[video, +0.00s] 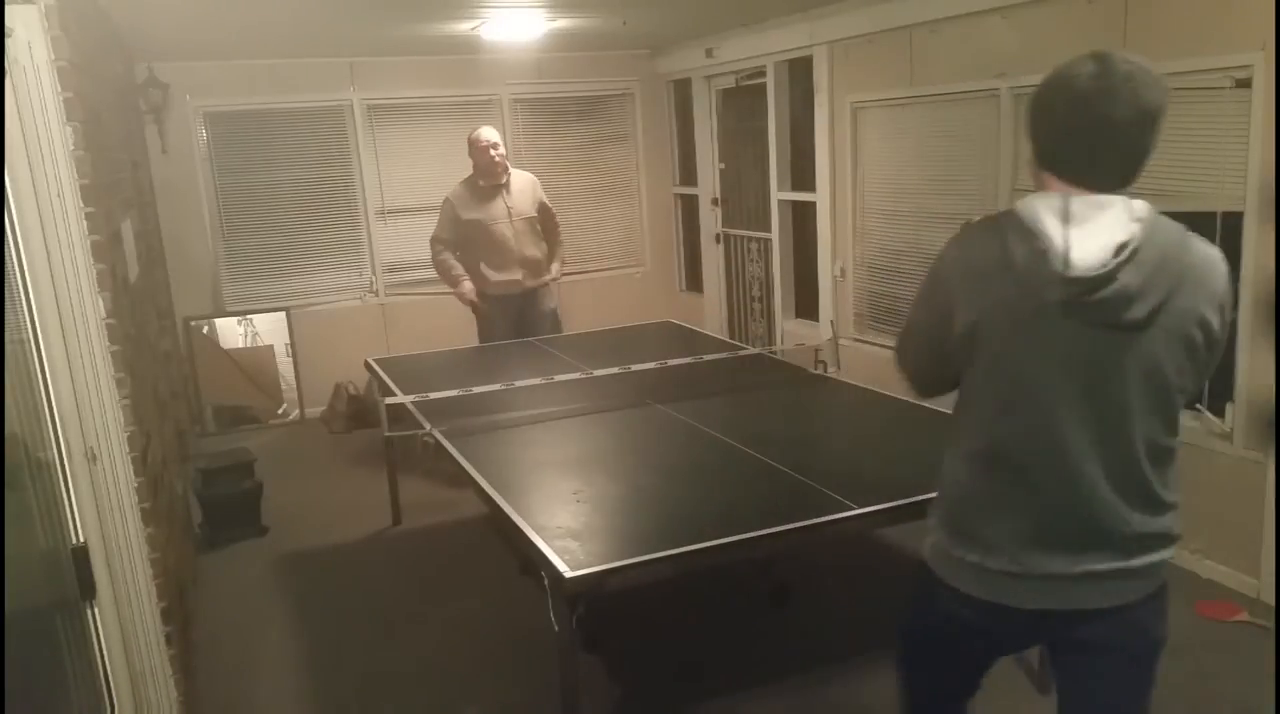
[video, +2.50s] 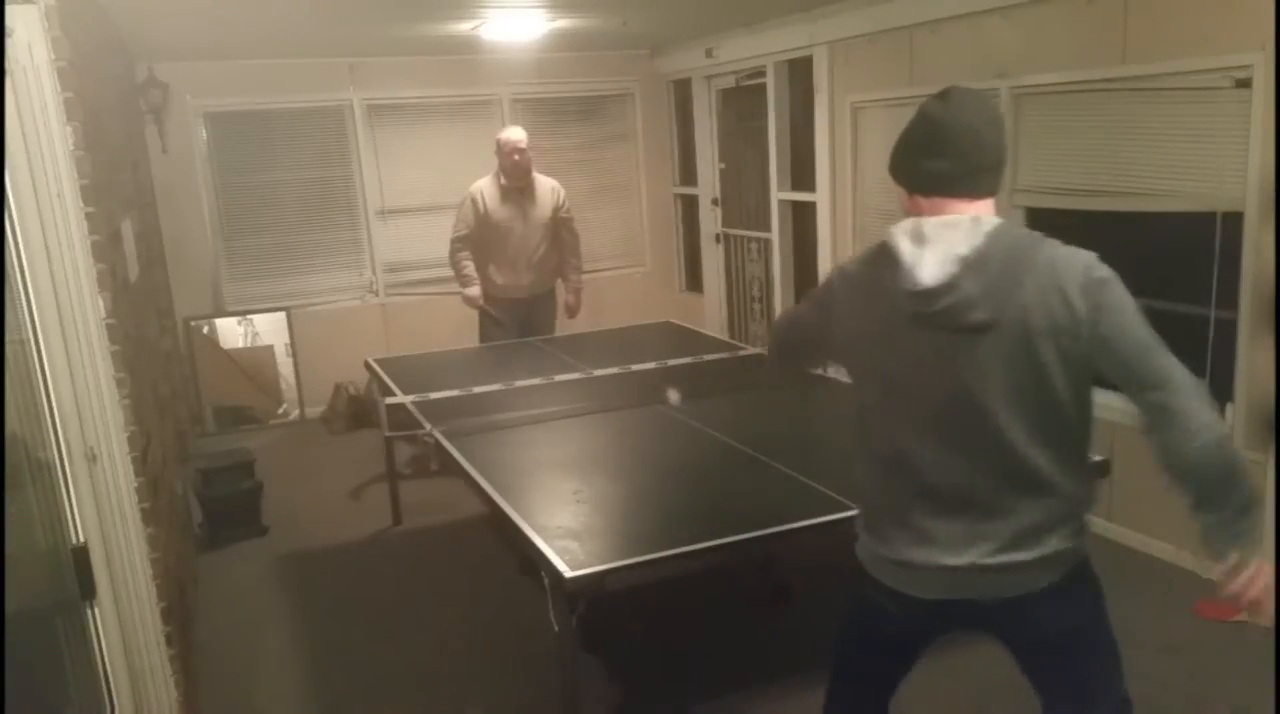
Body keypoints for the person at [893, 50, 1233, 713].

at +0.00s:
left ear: (1037, 143)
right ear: (1142, 155)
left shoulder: (980, 250)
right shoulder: (1203, 269)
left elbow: (922, 370)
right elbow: (1207, 389)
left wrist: (1011, 314)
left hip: (977, 585)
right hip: (1120, 597)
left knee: (931, 697)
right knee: (1109, 706)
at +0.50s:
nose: (903, 184)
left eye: (905, 167)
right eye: (908, 165)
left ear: (913, 176)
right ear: (994, 162)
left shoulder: (932, 286)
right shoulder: (1048, 246)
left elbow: (910, 455)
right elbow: (1001, 370)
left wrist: (867, 581)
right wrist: (876, 385)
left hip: (962, 567)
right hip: (1062, 553)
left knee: (893, 701)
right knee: (1048, 698)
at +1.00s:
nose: (883, 179)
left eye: (883, 166)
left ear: (887, 178)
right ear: (973, 169)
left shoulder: (861, 287)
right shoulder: (1056, 270)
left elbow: (823, 448)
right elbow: (1093, 404)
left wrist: (813, 569)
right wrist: (1077, 468)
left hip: (905, 583)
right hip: (1036, 575)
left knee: (873, 704)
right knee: (1052, 703)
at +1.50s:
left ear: (886, 161)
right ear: (976, 156)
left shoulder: (845, 279)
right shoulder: (1056, 264)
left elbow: (796, 427)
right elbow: (1107, 412)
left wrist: (789, 522)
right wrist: (1070, 490)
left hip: (896, 578)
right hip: (1040, 570)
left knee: (878, 707)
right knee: (1078, 705)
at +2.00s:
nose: (910, 174)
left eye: (912, 161)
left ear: (917, 170)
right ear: (1008, 165)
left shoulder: (881, 288)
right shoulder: (1090, 272)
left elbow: (833, 436)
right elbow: (1131, 412)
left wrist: (844, 517)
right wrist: (1074, 483)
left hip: (926, 584)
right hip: (1068, 579)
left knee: (885, 704)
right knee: (1096, 707)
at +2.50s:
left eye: (908, 182)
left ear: (907, 182)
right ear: (997, 178)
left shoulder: (864, 282)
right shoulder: (1069, 280)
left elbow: (788, 340)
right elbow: (1184, 413)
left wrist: (797, 343)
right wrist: (1237, 531)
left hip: (899, 581)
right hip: (1040, 580)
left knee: (851, 700)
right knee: (1095, 702)